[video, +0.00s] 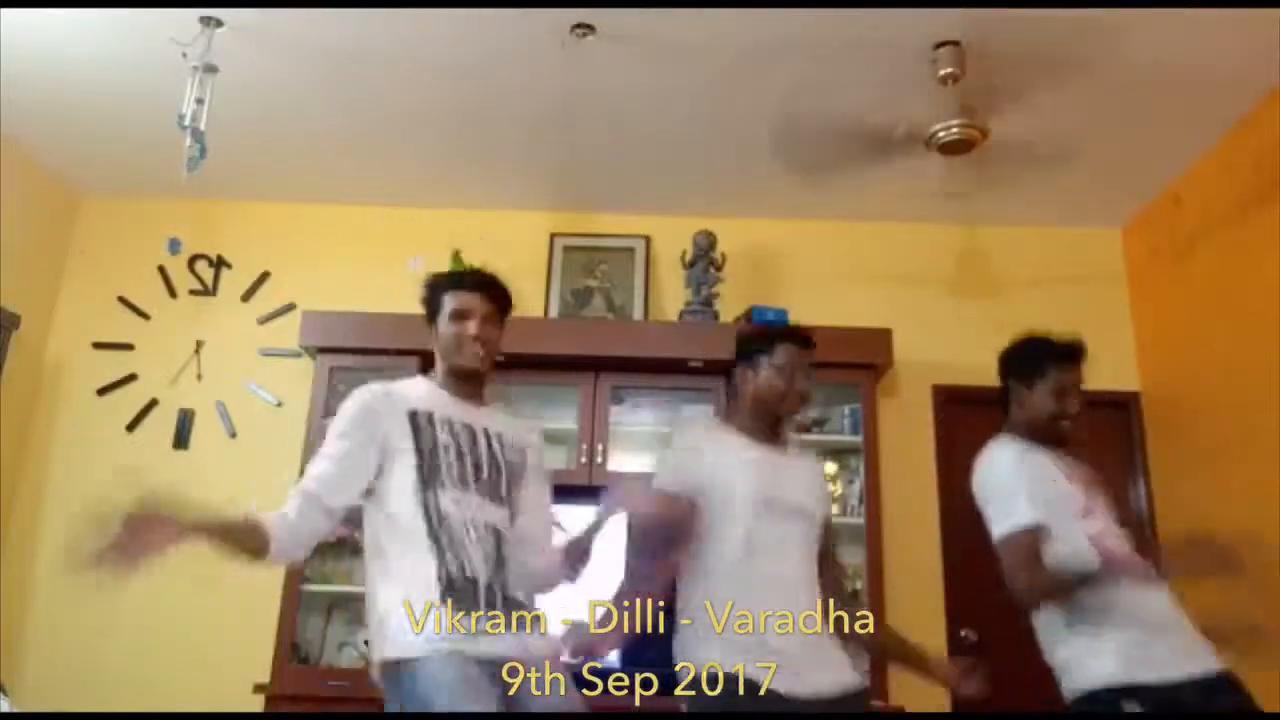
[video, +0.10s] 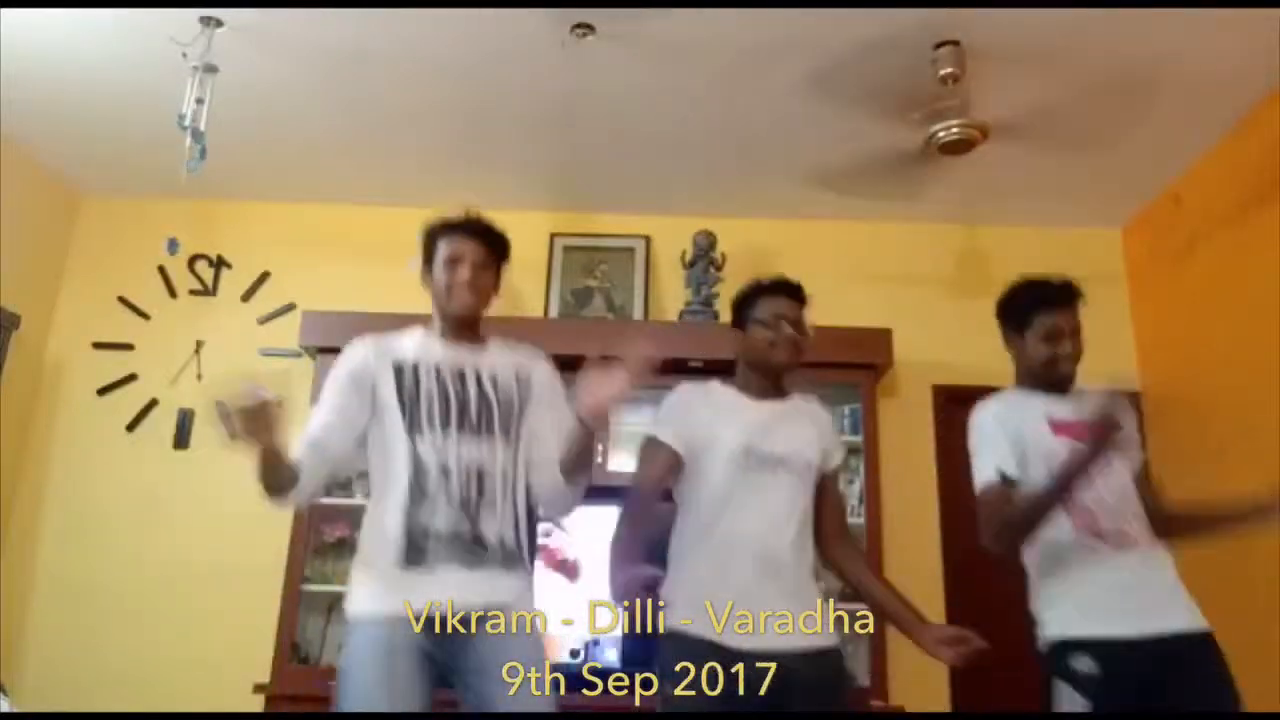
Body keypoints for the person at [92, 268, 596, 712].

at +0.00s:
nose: (478, 332)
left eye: (491, 321)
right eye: (462, 318)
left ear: (502, 337)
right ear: (432, 331)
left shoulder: (522, 442)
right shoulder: (380, 408)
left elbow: (529, 570)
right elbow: (298, 528)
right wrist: (192, 528)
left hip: (517, 644)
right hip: (428, 640)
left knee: (572, 703)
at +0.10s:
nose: (467, 276)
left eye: (481, 266)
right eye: (453, 263)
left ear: (497, 283)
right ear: (428, 276)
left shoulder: (531, 369)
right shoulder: (372, 359)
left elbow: (554, 500)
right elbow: (294, 486)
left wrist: (588, 422)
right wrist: (269, 447)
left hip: (500, 608)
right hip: (389, 608)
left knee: (529, 704)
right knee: (377, 704)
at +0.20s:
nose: (448, 243)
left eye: (464, 232)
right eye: (434, 230)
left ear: (483, 250)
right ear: (412, 246)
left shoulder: (520, 341)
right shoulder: (357, 335)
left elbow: (563, 461)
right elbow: (285, 462)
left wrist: (544, 397)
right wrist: (313, 434)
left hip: (483, 567)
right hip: (372, 563)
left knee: (507, 703)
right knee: (324, 703)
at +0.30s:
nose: (422, 250)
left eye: (440, 240)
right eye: (410, 237)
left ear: (462, 259)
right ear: (392, 254)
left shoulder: (498, 350)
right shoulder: (335, 349)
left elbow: (541, 474)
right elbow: (302, 470)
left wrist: (501, 539)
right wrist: (327, 536)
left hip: (467, 599)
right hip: (360, 596)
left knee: (490, 705)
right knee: (293, 703)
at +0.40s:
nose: (379, 310)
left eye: (397, 302)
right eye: (374, 301)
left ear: (431, 329)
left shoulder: (456, 423)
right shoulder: (317, 420)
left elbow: (499, 551)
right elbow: (306, 536)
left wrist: (427, 652)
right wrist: (313, 649)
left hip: (420, 666)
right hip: (331, 660)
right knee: (282, 708)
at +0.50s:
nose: (357, 314)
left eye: (377, 307)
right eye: (358, 305)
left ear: (418, 333)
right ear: (349, 314)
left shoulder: (437, 426)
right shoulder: (315, 421)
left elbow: (480, 561)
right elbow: (300, 536)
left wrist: (409, 608)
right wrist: (288, 630)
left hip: (400, 666)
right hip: (317, 663)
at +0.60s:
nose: (349, 272)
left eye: (367, 263)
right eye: (351, 262)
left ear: (411, 281)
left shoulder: (431, 362)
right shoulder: (330, 369)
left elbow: (451, 505)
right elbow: (312, 487)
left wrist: (357, 509)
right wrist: (276, 527)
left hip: (360, 608)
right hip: (284, 600)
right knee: (239, 704)